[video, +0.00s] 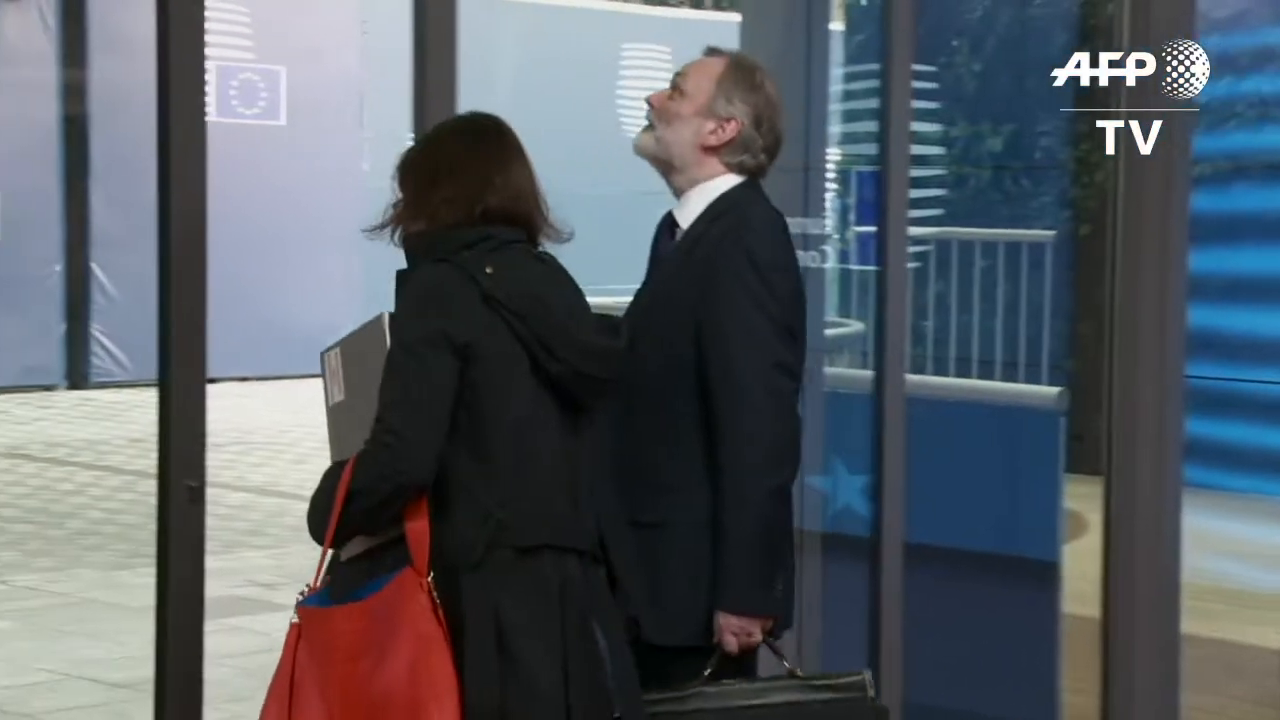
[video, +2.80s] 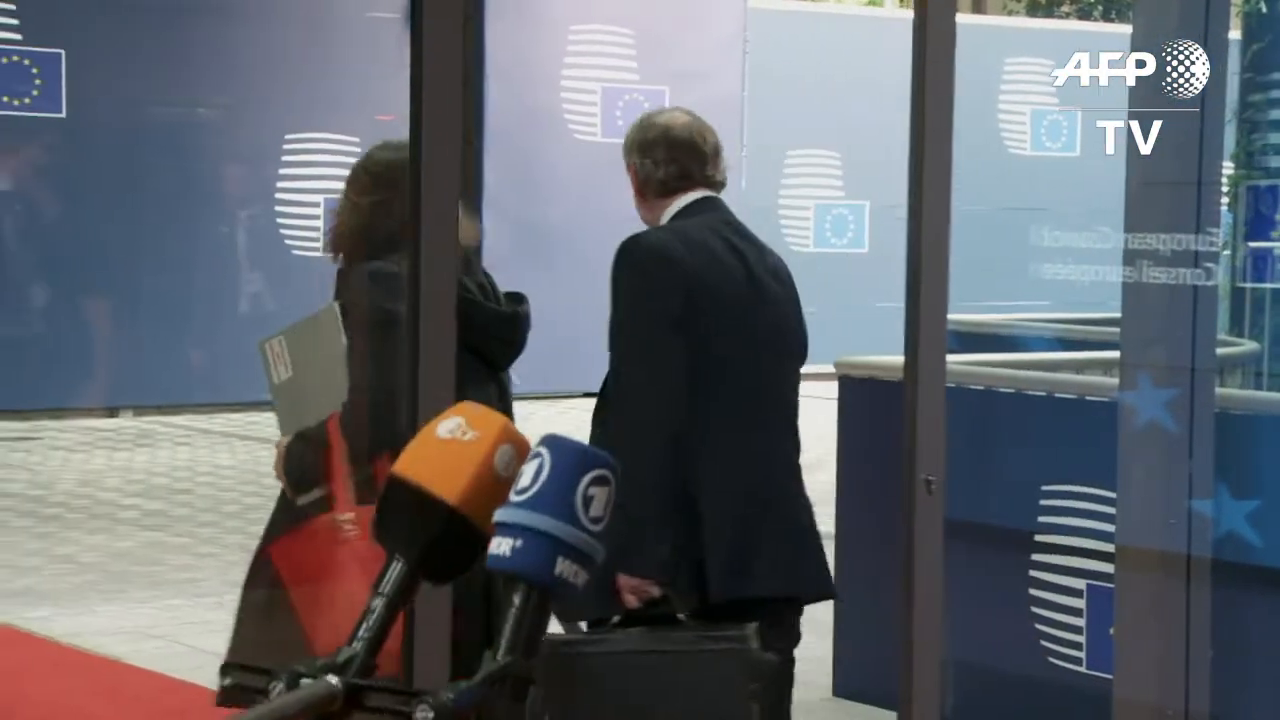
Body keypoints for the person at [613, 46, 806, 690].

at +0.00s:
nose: (653, 99)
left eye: (676, 93)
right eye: (667, 87)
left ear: (719, 131)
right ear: (714, 132)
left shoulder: (743, 236)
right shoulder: (690, 227)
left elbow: (757, 425)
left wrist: (744, 588)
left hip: (696, 574)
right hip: (658, 564)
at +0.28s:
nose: (696, 110)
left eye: (717, 102)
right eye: (708, 98)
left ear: (761, 136)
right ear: (757, 137)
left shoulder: (791, 243)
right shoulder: (748, 232)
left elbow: (802, 431)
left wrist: (787, 596)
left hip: (751, 586)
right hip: (718, 576)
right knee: (720, 717)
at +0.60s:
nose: (732, 170)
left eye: (738, 151)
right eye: (732, 152)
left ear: (783, 150)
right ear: (785, 151)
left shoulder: (835, 255)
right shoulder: (820, 238)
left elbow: (845, 442)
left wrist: (826, 604)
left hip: (797, 600)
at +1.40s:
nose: (772, 195)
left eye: (773, 175)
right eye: (769, 178)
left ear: (814, 163)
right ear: (817, 164)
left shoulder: (898, 257)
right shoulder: (857, 248)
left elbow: (953, 435)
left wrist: (927, 587)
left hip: (883, 608)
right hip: (846, 598)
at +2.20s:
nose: (689, 210)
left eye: (689, 191)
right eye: (688, 193)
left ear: (711, 179)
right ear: (770, 176)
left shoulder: (799, 265)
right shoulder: (769, 263)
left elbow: (846, 432)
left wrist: (830, 581)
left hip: (792, 599)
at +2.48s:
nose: (639, 187)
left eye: (639, 168)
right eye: (638, 170)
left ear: (656, 161)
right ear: (722, 160)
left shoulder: (725, 244)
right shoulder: (741, 236)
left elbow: (750, 406)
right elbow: (753, 405)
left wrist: (740, 548)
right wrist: (728, 543)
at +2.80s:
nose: (630, 188)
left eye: (628, 175)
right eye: (630, 175)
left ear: (639, 178)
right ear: (716, 172)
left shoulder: (652, 255)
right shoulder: (770, 265)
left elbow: (644, 411)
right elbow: (769, 416)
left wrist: (636, 551)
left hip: (678, 556)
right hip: (766, 552)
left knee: (672, 708)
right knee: (759, 709)